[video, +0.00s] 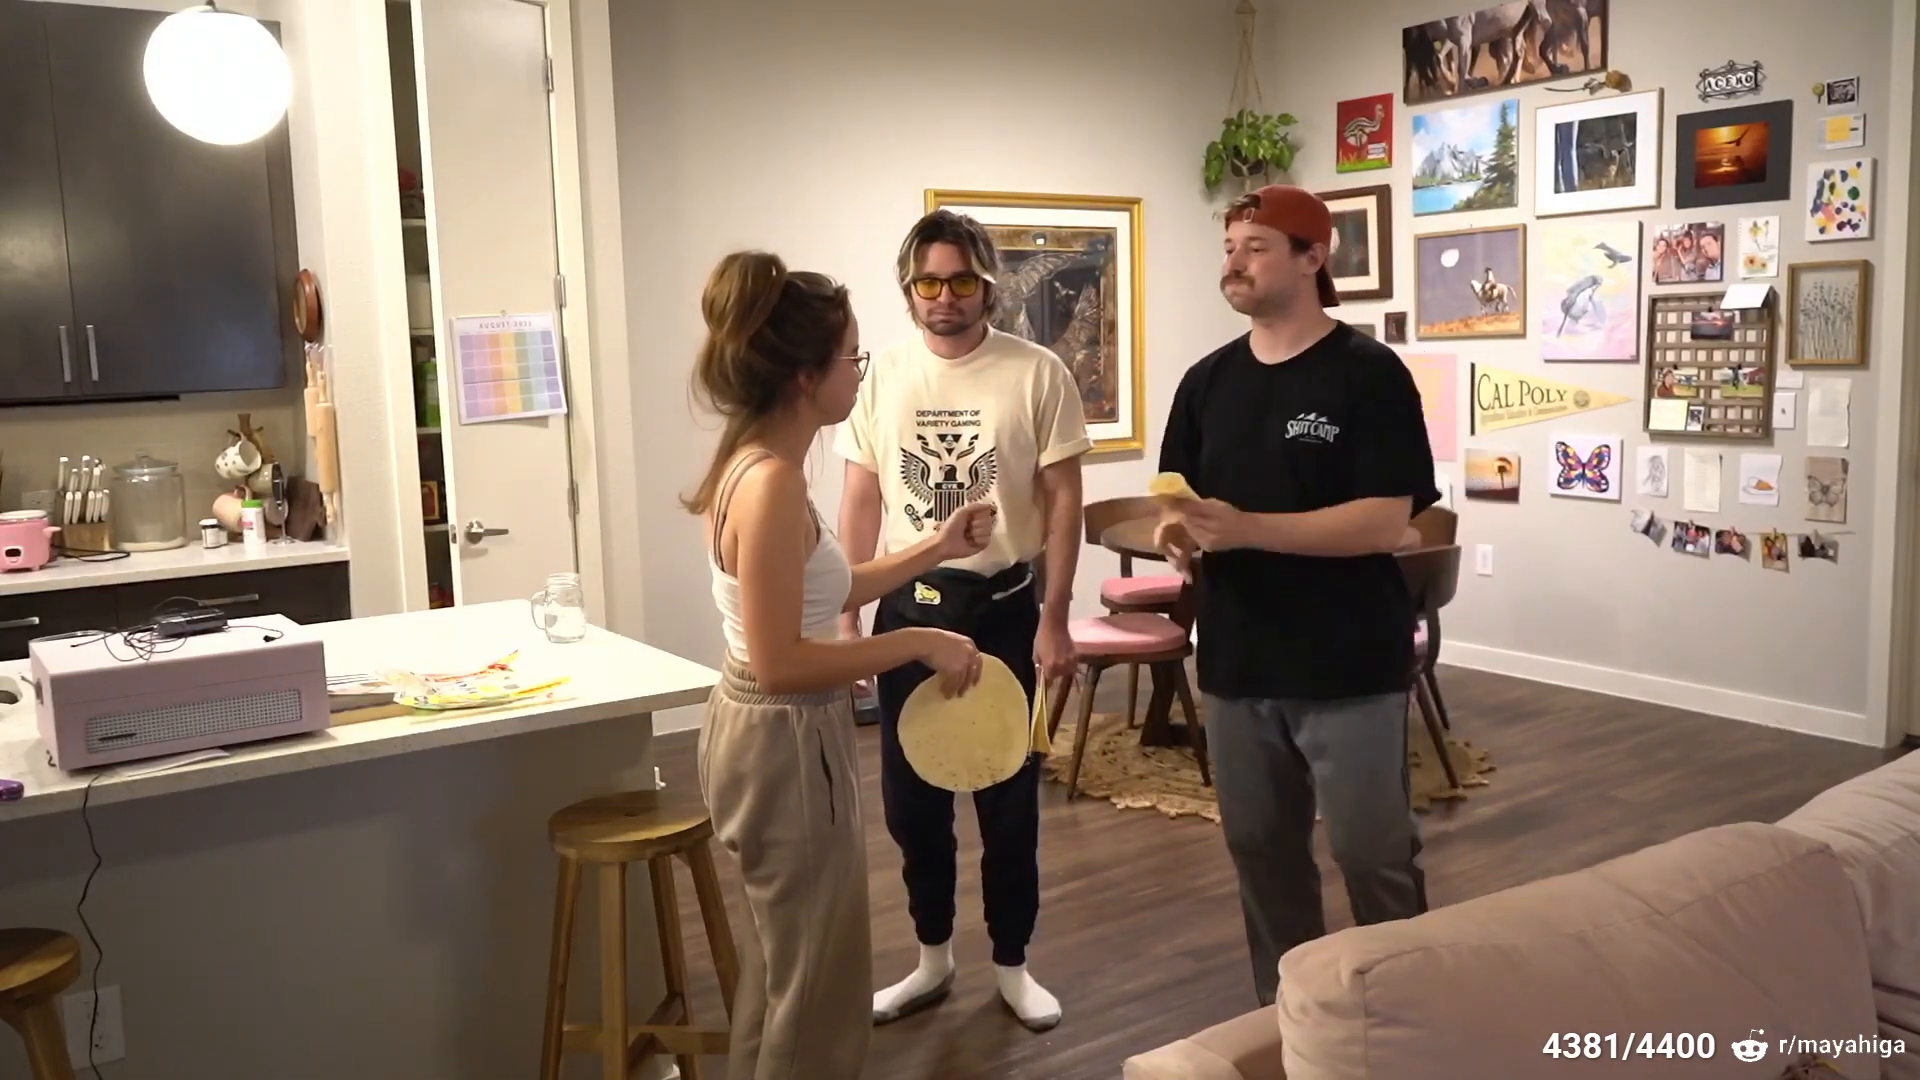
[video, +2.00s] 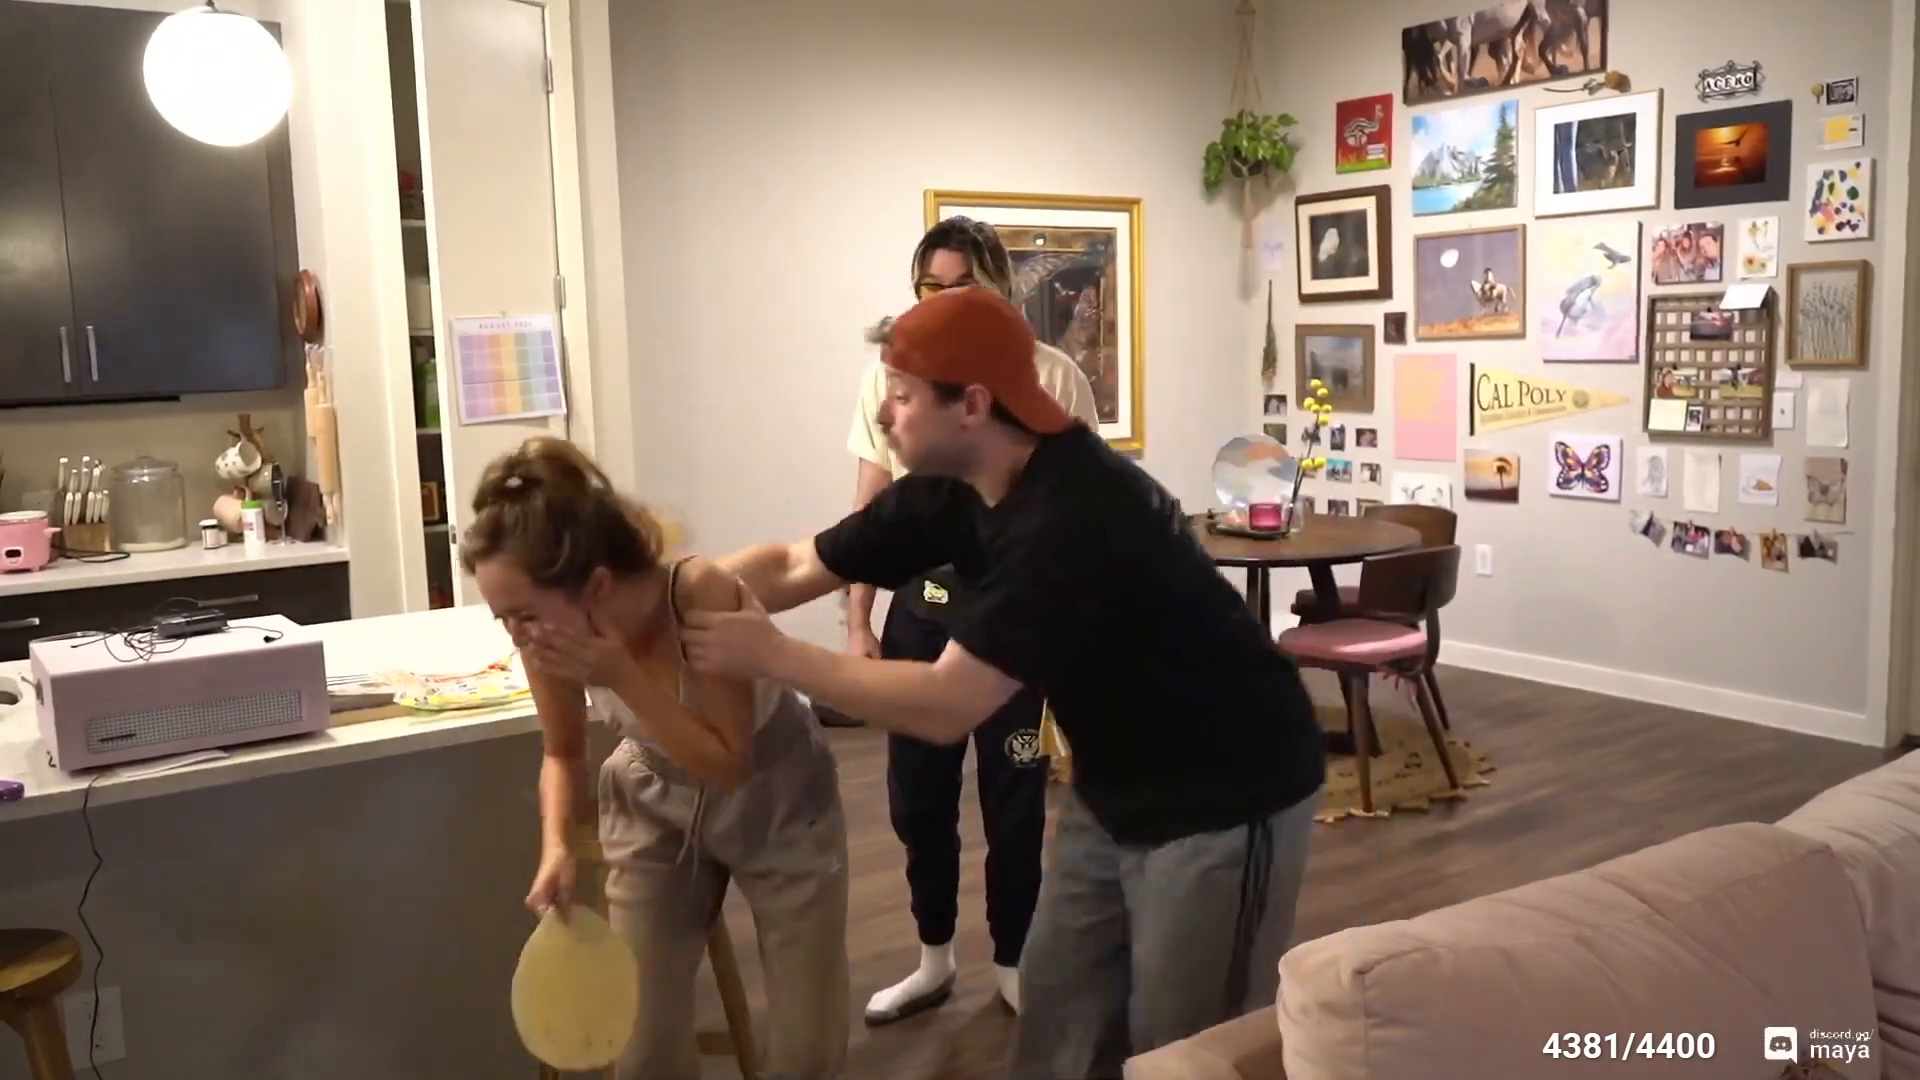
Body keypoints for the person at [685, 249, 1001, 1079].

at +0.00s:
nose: (861, 371)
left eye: (857, 356)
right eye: (852, 359)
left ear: (795, 377)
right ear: (805, 376)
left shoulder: (753, 468)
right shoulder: (770, 482)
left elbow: (823, 592)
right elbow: (780, 665)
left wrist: (937, 546)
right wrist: (924, 646)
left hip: (761, 730)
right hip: (785, 744)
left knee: (781, 968)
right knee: (815, 978)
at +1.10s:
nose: (849, 395)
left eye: (853, 376)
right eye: (833, 381)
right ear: (770, 383)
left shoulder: (795, 465)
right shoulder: (745, 486)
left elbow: (802, 591)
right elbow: (753, 668)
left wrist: (885, 564)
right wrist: (898, 652)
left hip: (809, 735)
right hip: (777, 749)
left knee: (806, 970)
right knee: (805, 982)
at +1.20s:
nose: (796, 413)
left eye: (812, 390)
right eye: (774, 394)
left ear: (831, 377)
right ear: (734, 384)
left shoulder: (804, 462)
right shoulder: (723, 479)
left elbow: (883, 555)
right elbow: (749, 649)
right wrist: (895, 623)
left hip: (820, 724)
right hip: (771, 737)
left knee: (837, 971)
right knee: (822, 981)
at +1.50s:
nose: (704, 431)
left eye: (719, 406)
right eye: (683, 415)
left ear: (768, 395)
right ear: (666, 415)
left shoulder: (816, 462)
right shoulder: (665, 497)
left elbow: (831, 621)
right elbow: (669, 660)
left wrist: (765, 491)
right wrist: (783, 649)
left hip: (817, 731)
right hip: (715, 743)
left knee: (826, 988)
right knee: (774, 1010)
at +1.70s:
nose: (616, 488)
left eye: (634, 463)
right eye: (603, 466)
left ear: (703, 451)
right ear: (595, 457)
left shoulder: (777, 497)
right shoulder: (617, 534)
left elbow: (759, 670)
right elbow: (625, 682)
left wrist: (698, 541)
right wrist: (689, 710)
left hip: (804, 753)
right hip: (688, 764)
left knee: (813, 1005)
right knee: (712, 1030)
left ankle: (799, 1076)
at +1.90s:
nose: (538, 583)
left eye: (551, 562)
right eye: (524, 563)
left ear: (624, 540)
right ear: (515, 544)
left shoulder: (715, 559)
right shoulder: (558, 595)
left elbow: (704, 740)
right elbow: (592, 722)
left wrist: (629, 624)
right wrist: (606, 803)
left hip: (783, 766)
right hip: (670, 770)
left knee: (812, 1036)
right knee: (668, 1040)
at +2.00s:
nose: (515, 637)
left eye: (525, 615)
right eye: (502, 618)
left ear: (597, 586)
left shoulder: (703, 591)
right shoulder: (546, 627)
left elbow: (728, 766)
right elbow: (563, 750)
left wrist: (617, 671)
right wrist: (557, 847)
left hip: (772, 789)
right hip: (653, 791)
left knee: (806, 1047)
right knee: (643, 1040)